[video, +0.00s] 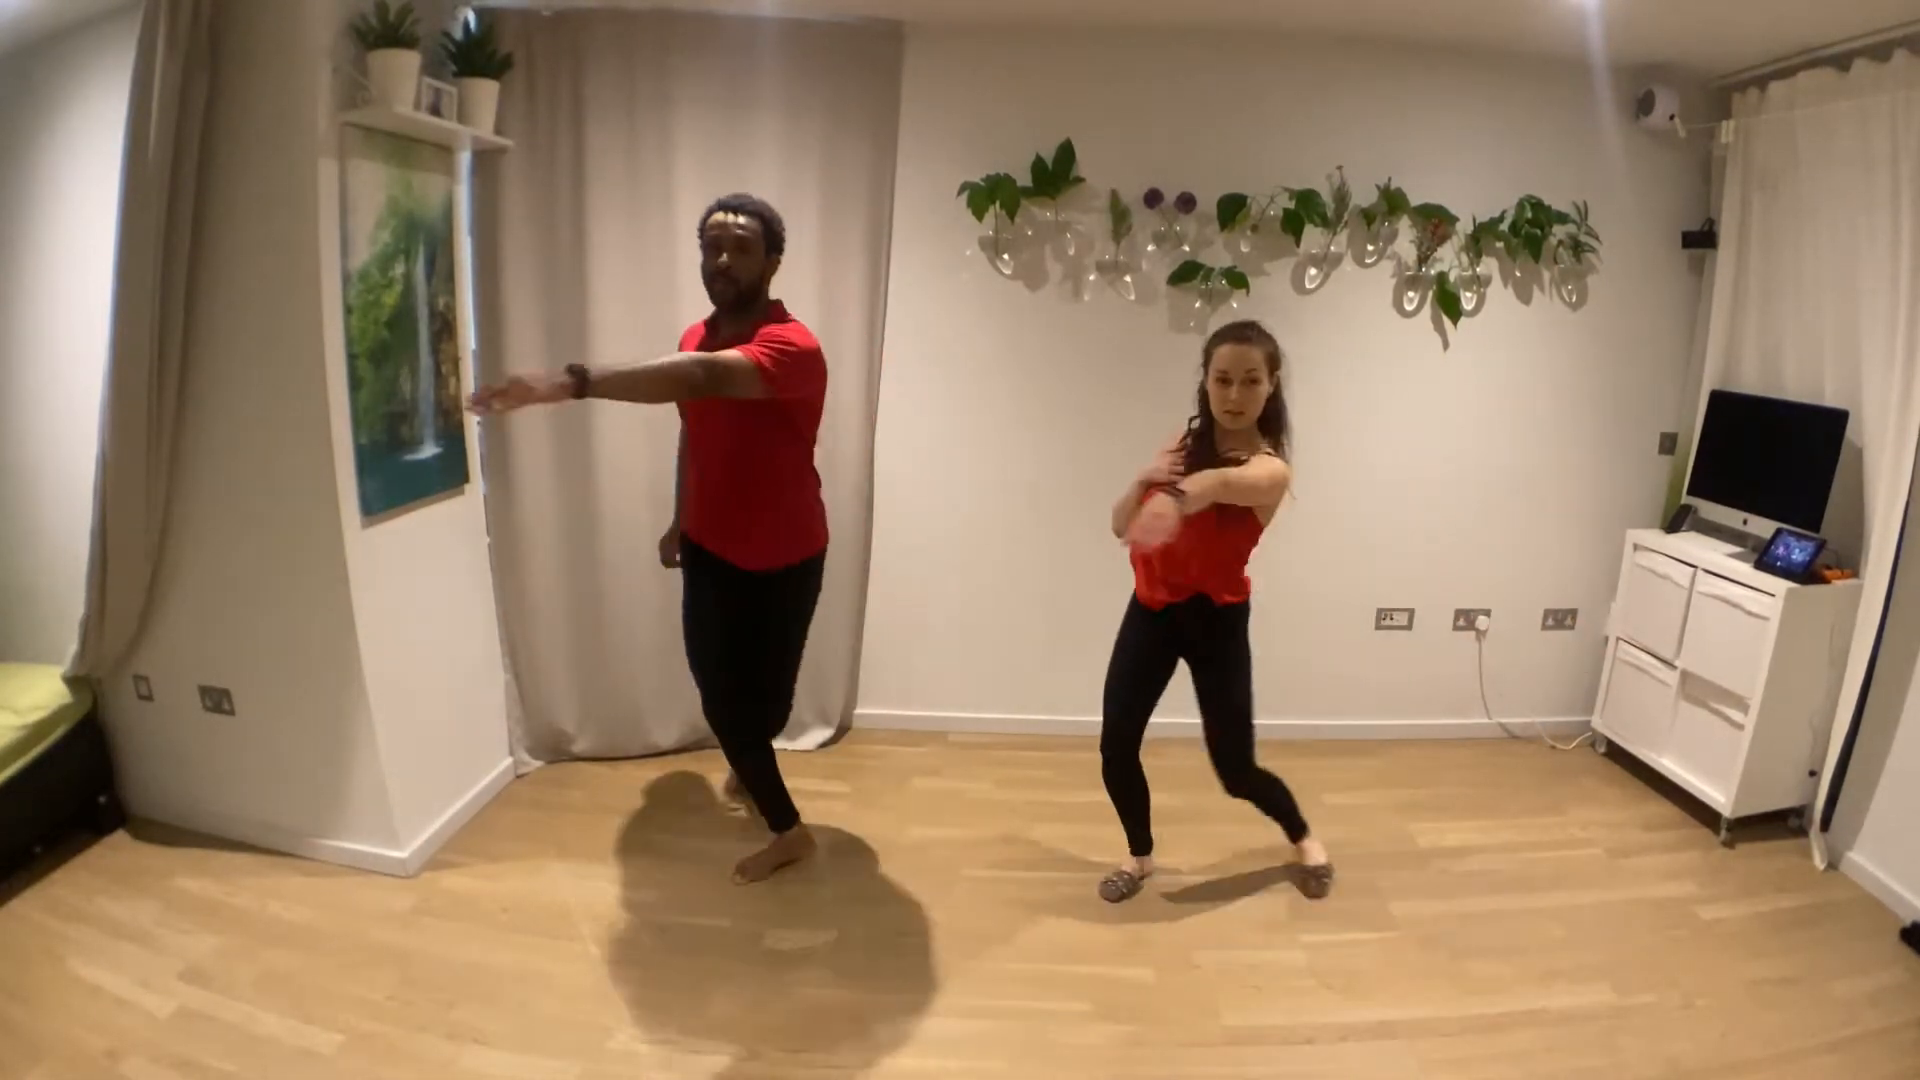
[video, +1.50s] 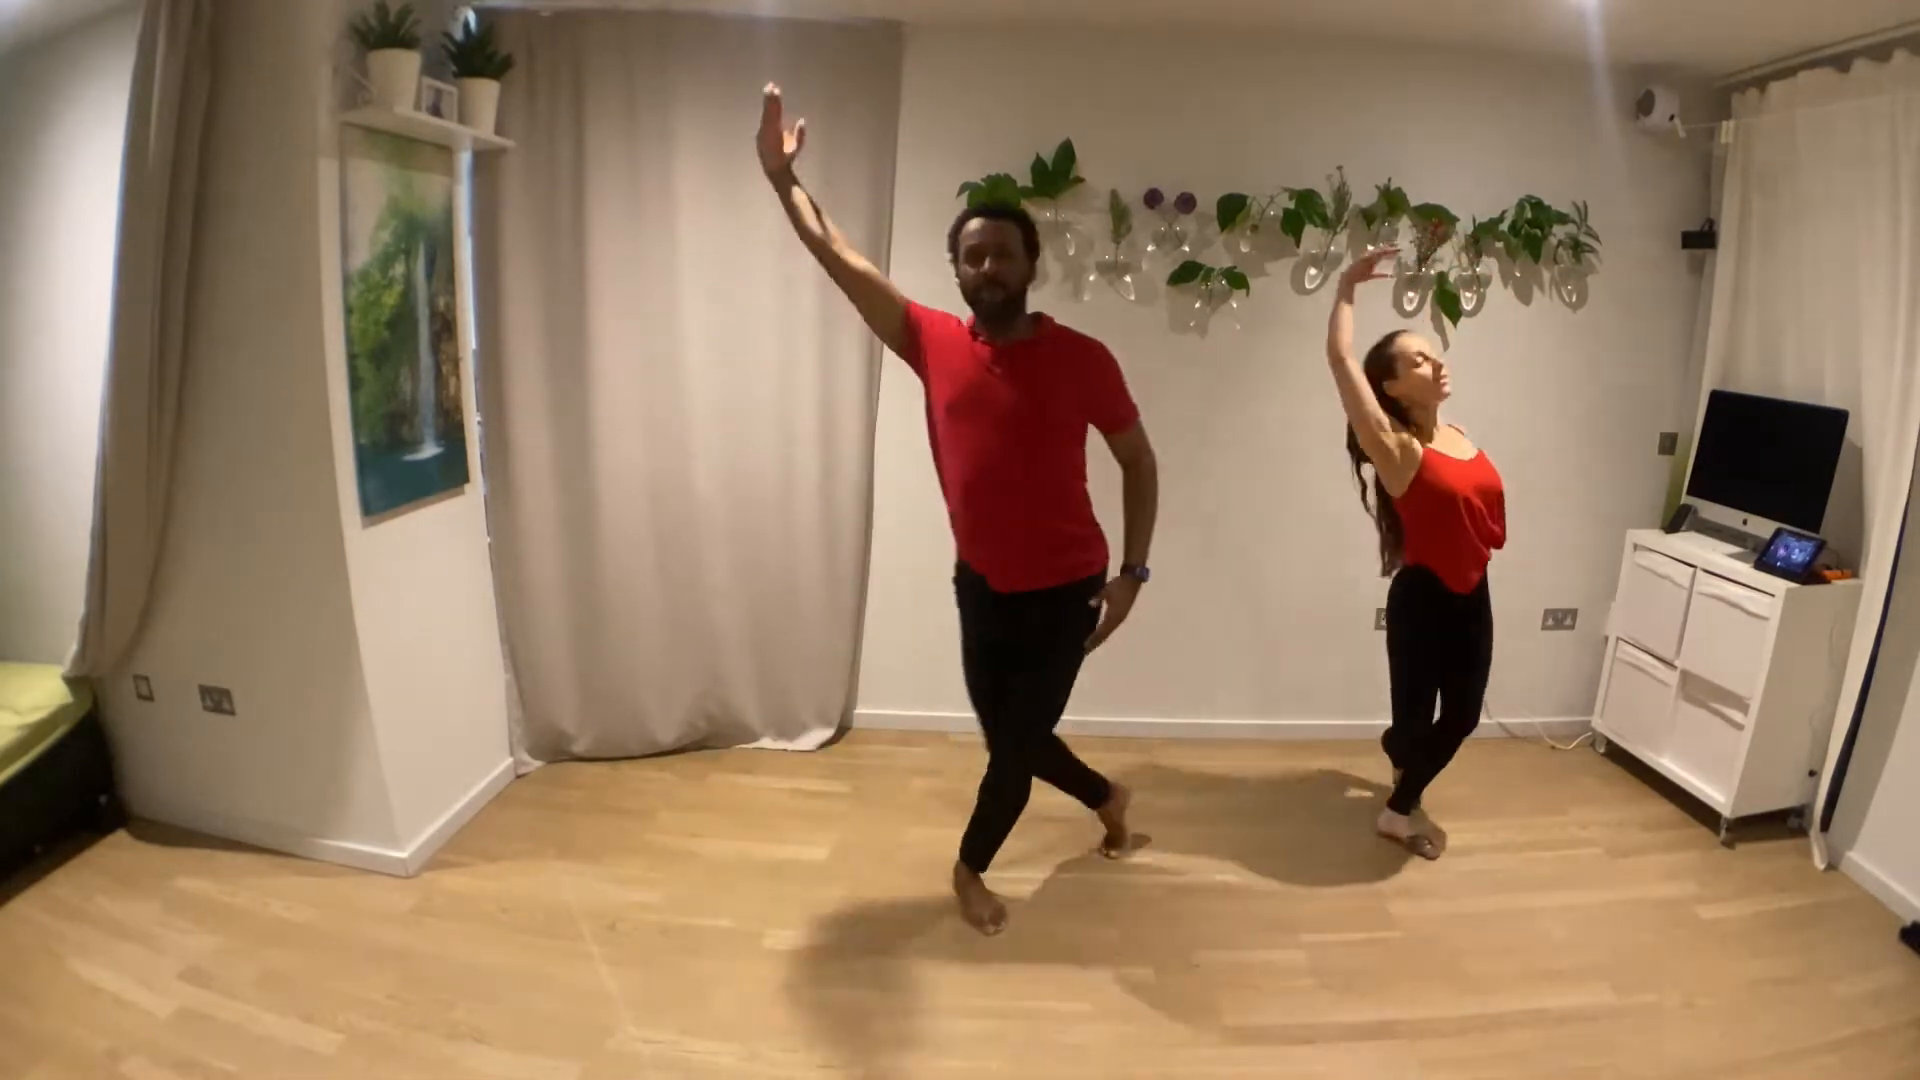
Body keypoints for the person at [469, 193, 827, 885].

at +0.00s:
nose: (719, 260)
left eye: (738, 247)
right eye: (710, 246)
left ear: (773, 261)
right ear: (699, 257)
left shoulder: (793, 351)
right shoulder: (698, 343)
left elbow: (697, 379)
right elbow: (691, 447)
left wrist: (571, 384)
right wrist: (682, 523)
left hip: (784, 554)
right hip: (711, 548)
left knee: (768, 697)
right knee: (723, 702)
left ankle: (744, 768)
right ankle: (789, 831)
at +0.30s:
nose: (692, 279)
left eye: (708, 267)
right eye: (682, 266)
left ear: (740, 278)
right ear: (670, 273)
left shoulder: (762, 364)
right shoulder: (660, 342)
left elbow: (664, 407)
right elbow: (666, 423)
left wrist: (630, 333)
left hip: (755, 560)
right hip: (680, 552)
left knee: (733, 676)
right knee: (676, 709)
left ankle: (709, 776)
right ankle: (733, 817)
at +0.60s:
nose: (682, 278)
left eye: (698, 267)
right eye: (668, 268)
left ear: (730, 283)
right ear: (654, 286)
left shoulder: (782, 372)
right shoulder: (628, 387)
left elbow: (814, 485)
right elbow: (607, 512)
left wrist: (712, 479)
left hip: (757, 579)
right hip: (671, 576)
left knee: (762, 742)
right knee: (661, 736)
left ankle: (739, 774)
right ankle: (640, 869)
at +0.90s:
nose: (774, 250)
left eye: (782, 243)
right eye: (756, 243)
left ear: (796, 269)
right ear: (731, 270)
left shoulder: (822, 360)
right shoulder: (707, 349)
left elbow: (849, 459)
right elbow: (750, 223)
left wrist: (879, 525)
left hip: (854, 581)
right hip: (769, 591)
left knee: (913, 732)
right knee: (727, 760)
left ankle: (958, 871)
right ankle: (643, 862)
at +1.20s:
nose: (885, 248)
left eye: (901, 237)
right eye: (871, 240)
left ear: (932, 259)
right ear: (855, 264)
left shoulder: (984, 353)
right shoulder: (838, 340)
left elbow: (1030, 449)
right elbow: (791, 211)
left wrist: (1042, 551)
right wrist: (777, 88)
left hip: (975, 583)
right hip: (885, 582)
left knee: (984, 749)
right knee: (839, 746)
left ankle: (962, 874)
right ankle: (754, 838)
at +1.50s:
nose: (984, 270)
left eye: (999, 254)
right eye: (970, 257)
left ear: (1033, 266)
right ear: (954, 271)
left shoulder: (1079, 361)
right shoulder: (934, 343)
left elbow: (1139, 462)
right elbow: (840, 260)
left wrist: (1133, 571)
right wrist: (780, 172)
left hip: (1065, 582)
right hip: (983, 582)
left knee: (1021, 738)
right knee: (1012, 736)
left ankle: (970, 868)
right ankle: (1108, 797)